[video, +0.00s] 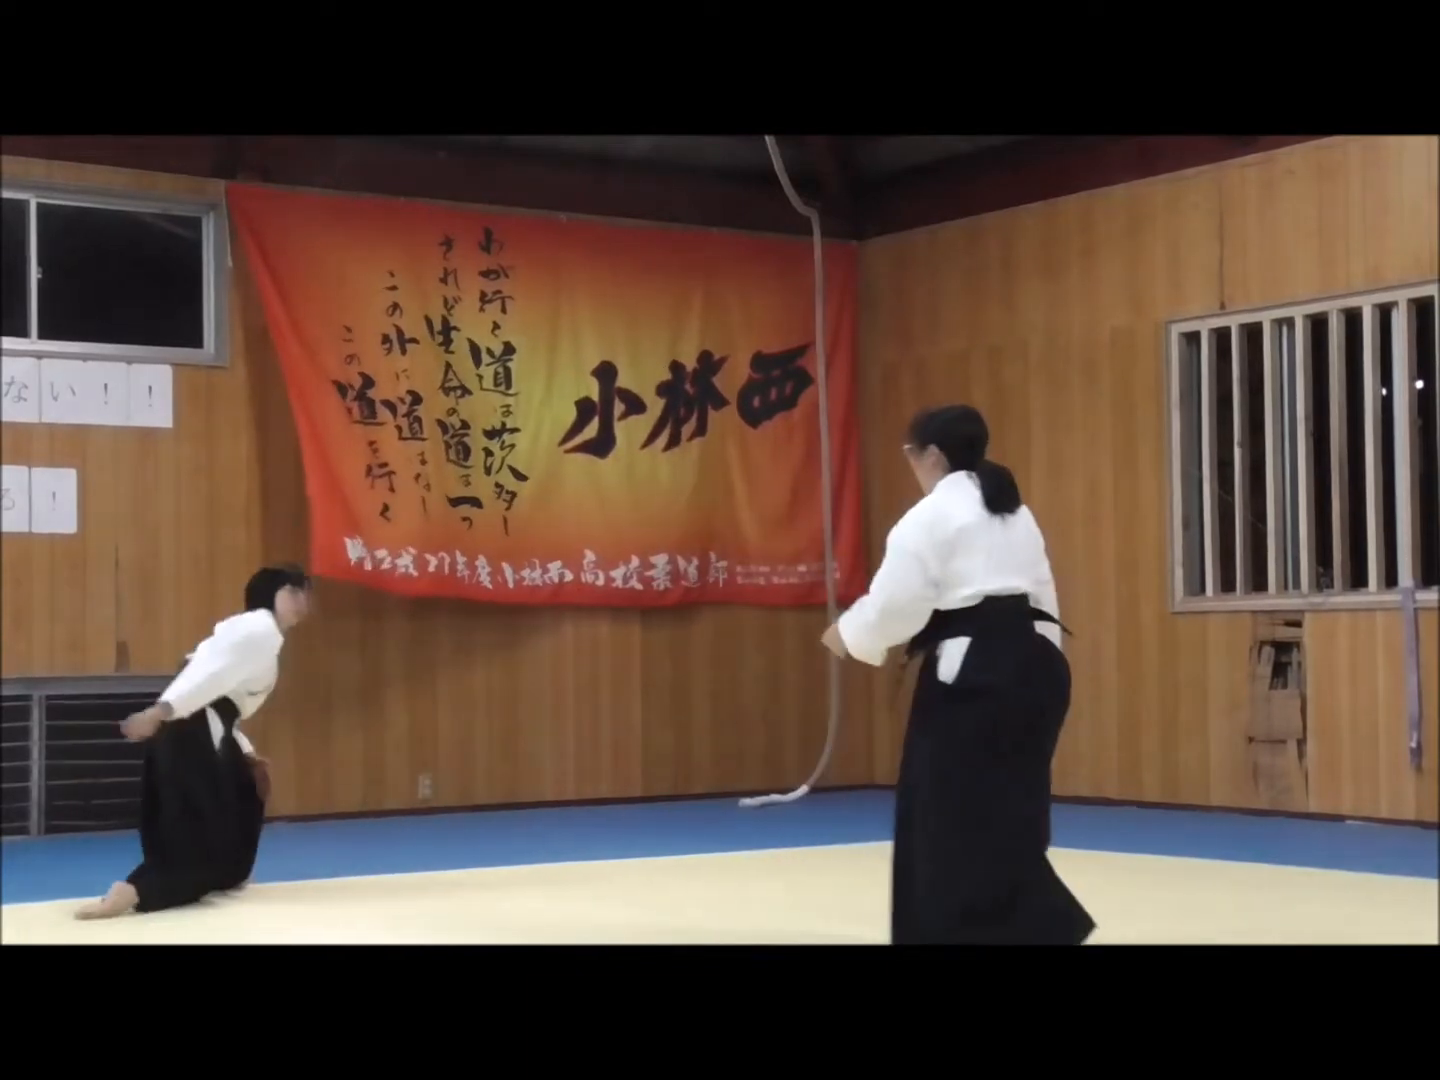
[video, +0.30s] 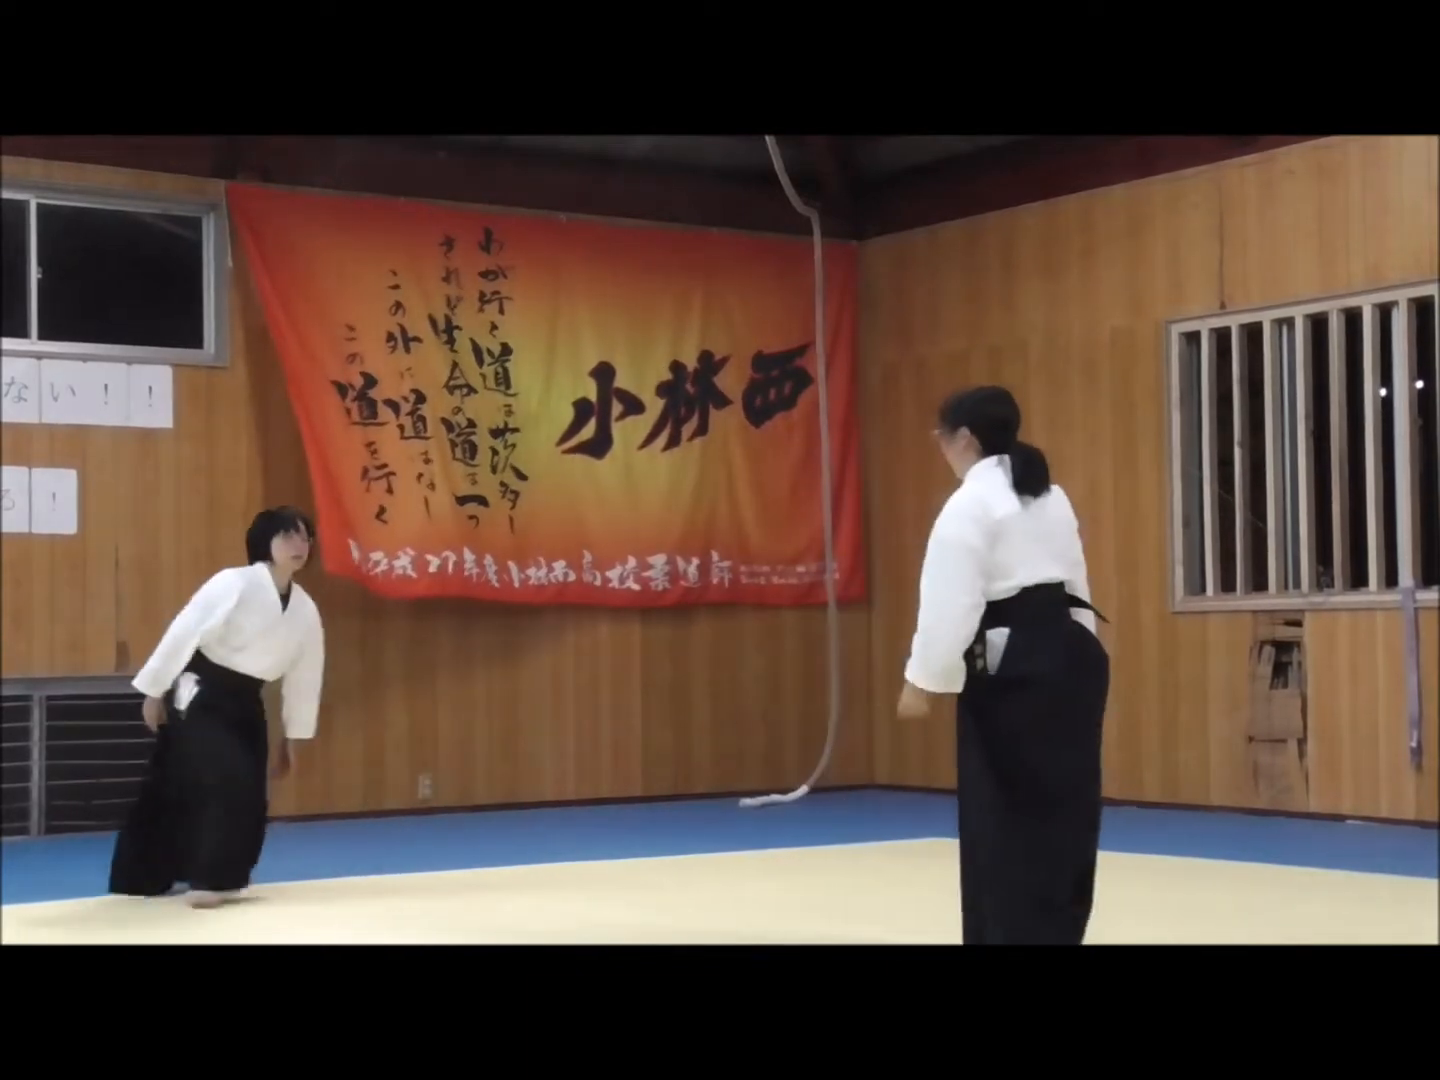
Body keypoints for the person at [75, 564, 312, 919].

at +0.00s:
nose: (304, 601)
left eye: (304, 593)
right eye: (295, 592)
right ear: (275, 596)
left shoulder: (261, 634)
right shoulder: (258, 629)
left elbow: (222, 706)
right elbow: (209, 671)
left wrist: (249, 755)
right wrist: (158, 712)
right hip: (192, 730)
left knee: (247, 790)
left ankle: (224, 873)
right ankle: (135, 891)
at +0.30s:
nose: (301, 542)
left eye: (305, 535)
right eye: (289, 534)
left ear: (311, 546)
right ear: (267, 542)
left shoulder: (305, 611)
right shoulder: (235, 584)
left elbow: (305, 676)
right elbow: (185, 630)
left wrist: (292, 735)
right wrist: (155, 689)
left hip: (247, 698)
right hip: (203, 689)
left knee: (247, 785)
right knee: (220, 778)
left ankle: (228, 879)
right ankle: (205, 882)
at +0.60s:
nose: (318, 526)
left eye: (322, 517)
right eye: (307, 518)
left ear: (328, 525)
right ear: (284, 528)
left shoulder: (336, 587)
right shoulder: (248, 577)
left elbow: (350, 654)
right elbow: (214, 644)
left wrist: (350, 719)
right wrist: (207, 714)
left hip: (303, 689)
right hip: (248, 684)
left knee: (316, 777)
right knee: (235, 780)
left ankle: (297, 871)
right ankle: (214, 885)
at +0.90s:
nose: (420, 485)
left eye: (420, 477)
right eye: (409, 478)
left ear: (418, 486)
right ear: (382, 488)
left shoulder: (440, 553)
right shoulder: (349, 542)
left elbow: (471, 600)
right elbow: (316, 609)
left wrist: (501, 641)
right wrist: (298, 678)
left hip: (403, 669)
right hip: (347, 664)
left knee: (410, 781)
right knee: (347, 780)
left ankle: (403, 894)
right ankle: (291, 862)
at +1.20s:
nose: (524, 475)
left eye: (524, 466)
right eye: (509, 467)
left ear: (525, 476)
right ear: (481, 479)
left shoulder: (543, 537)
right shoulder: (443, 539)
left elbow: (587, 562)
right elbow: (400, 609)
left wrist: (638, 559)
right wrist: (370, 679)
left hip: (517, 666)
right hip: (462, 666)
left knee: (507, 779)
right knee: (482, 778)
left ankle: (439, 862)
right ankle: (494, 908)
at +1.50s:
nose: (669, 476)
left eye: (669, 465)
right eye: (658, 465)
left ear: (669, 472)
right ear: (626, 474)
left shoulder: (688, 539)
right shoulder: (592, 532)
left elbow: (738, 584)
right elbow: (572, 598)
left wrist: (799, 576)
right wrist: (604, 650)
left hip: (663, 675)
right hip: (605, 675)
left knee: (687, 788)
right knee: (609, 795)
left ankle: (658, 923)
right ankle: (553, 875)